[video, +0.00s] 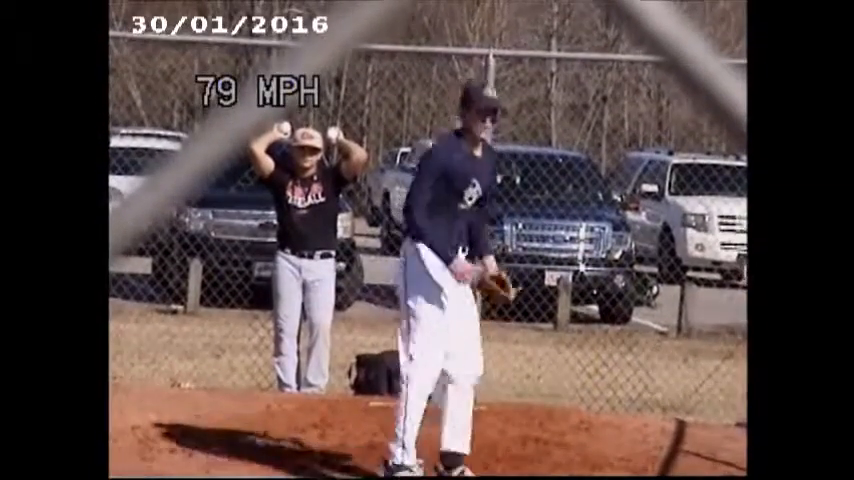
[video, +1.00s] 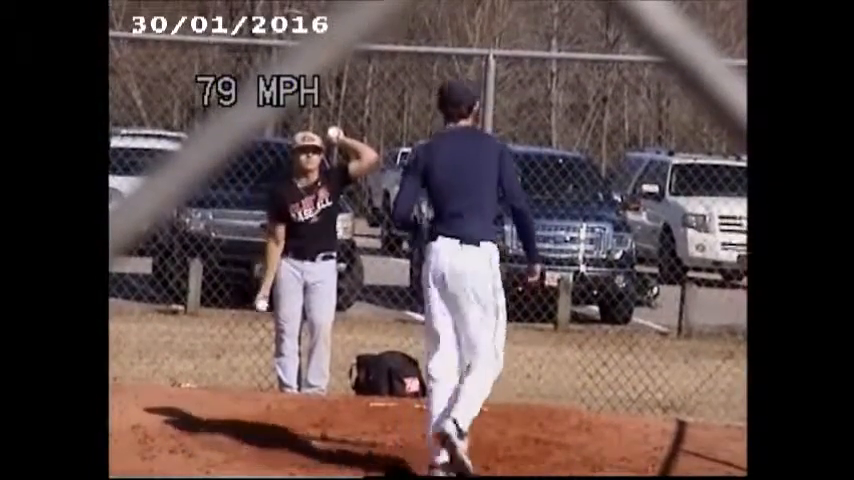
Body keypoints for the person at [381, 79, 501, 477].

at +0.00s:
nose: (490, 121)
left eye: (494, 115)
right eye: (483, 114)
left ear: (496, 120)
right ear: (464, 114)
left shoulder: (487, 159)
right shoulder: (440, 153)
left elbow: (478, 213)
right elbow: (414, 214)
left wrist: (487, 256)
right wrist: (452, 259)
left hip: (460, 260)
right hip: (425, 255)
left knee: (463, 364)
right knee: (423, 361)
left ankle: (453, 457)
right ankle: (401, 457)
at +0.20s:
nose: (498, 125)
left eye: (499, 117)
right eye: (494, 115)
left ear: (476, 116)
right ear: (472, 114)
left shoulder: (471, 163)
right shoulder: (451, 159)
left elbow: (456, 227)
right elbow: (434, 227)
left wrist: (473, 268)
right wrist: (466, 275)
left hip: (454, 270)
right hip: (432, 269)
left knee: (480, 370)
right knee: (439, 371)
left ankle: (454, 466)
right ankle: (401, 467)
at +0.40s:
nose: (500, 110)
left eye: (499, 103)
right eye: (500, 104)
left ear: (462, 106)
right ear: (493, 107)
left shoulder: (444, 144)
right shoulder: (478, 149)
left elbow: (417, 205)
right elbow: (471, 211)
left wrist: (431, 246)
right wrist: (477, 273)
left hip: (425, 250)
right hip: (449, 255)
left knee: (454, 357)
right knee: (435, 362)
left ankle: (447, 453)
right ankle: (405, 458)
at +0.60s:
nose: (492, 126)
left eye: (486, 120)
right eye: (491, 121)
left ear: (453, 123)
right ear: (487, 124)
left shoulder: (434, 161)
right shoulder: (498, 167)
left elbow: (397, 219)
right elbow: (507, 233)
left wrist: (414, 256)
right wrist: (519, 290)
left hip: (422, 267)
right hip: (461, 273)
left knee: (438, 365)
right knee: (432, 368)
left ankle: (441, 456)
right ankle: (401, 461)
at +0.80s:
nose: (479, 123)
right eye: (479, 118)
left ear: (442, 123)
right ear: (476, 122)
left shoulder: (427, 162)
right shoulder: (497, 161)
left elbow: (400, 217)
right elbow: (523, 218)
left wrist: (418, 252)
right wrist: (536, 270)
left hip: (428, 259)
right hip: (466, 263)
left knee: (435, 358)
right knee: (454, 359)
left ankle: (442, 454)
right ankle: (420, 447)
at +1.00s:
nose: (478, 113)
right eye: (478, 108)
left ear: (442, 112)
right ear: (475, 111)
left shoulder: (426, 151)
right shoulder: (494, 148)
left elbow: (400, 213)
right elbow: (519, 204)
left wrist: (423, 228)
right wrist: (533, 258)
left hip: (437, 251)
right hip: (477, 255)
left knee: (442, 352)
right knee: (486, 353)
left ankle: (440, 454)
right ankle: (456, 423)